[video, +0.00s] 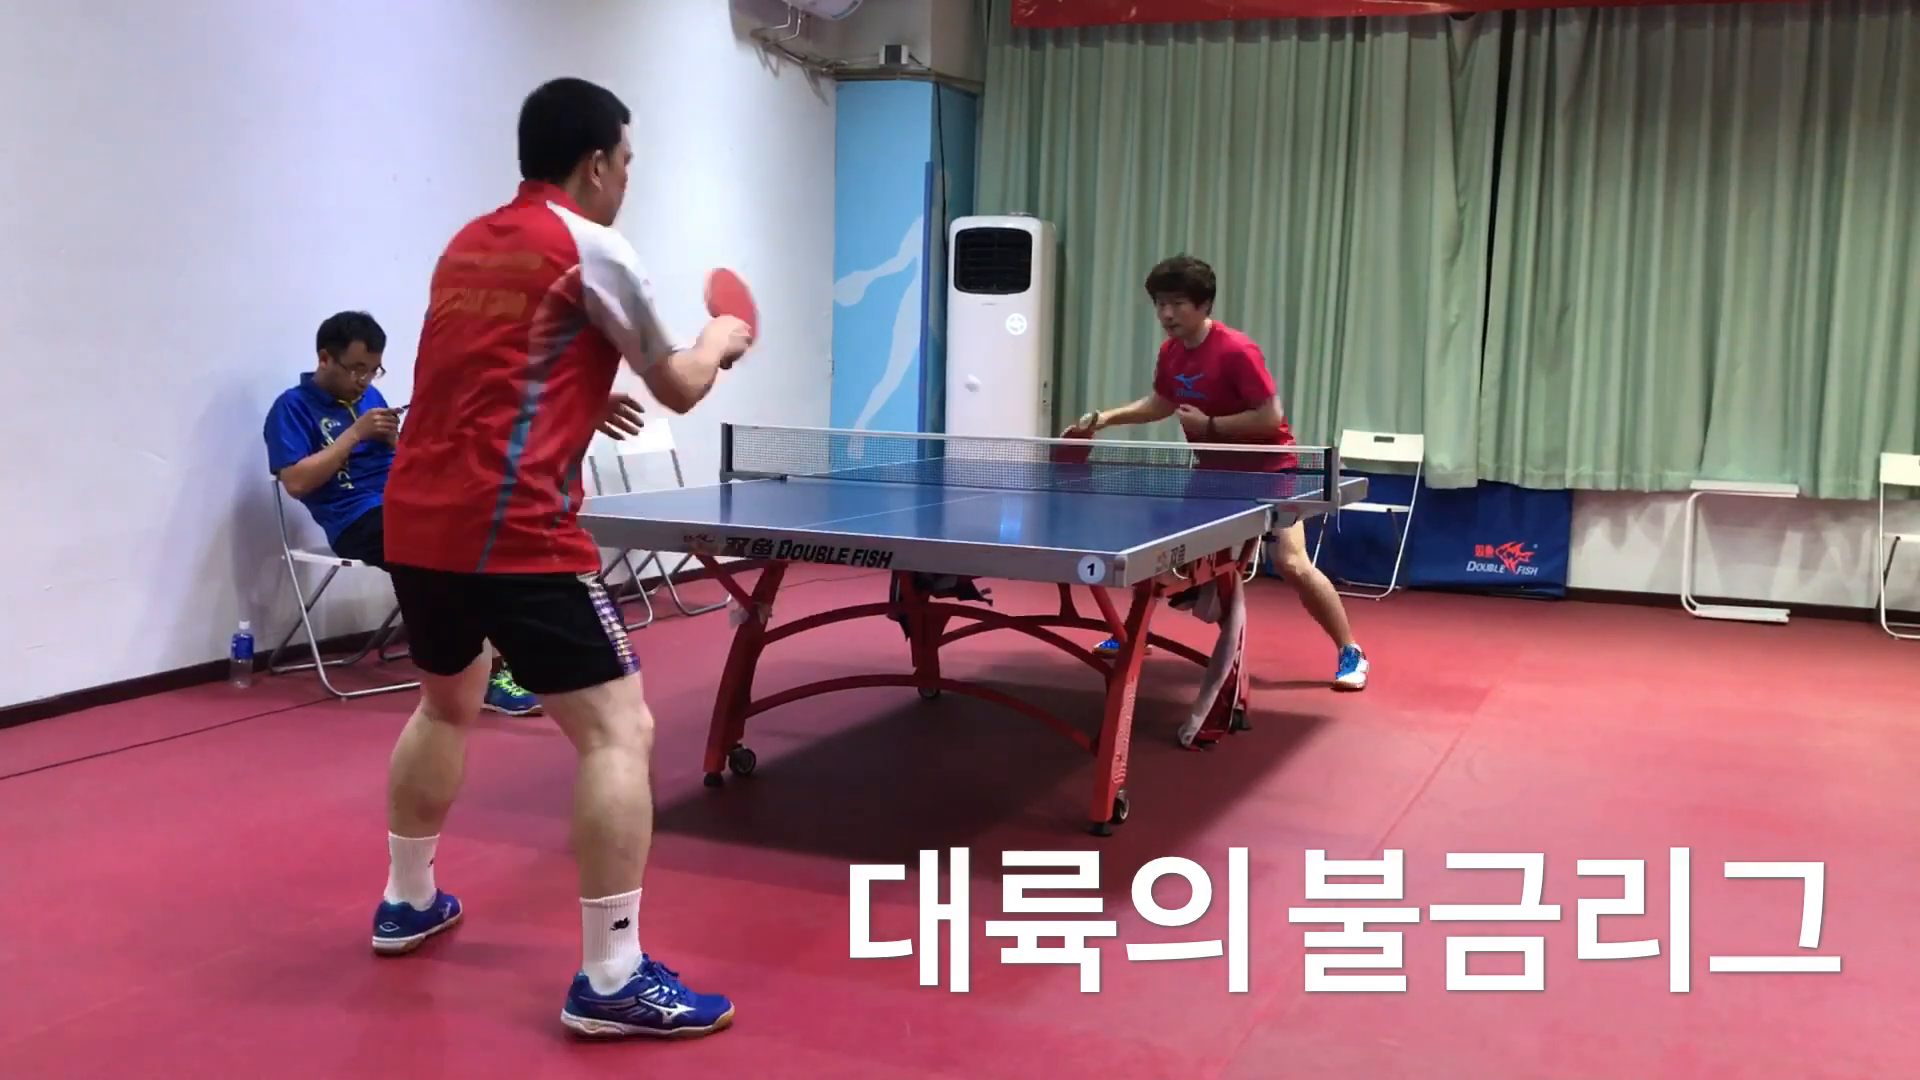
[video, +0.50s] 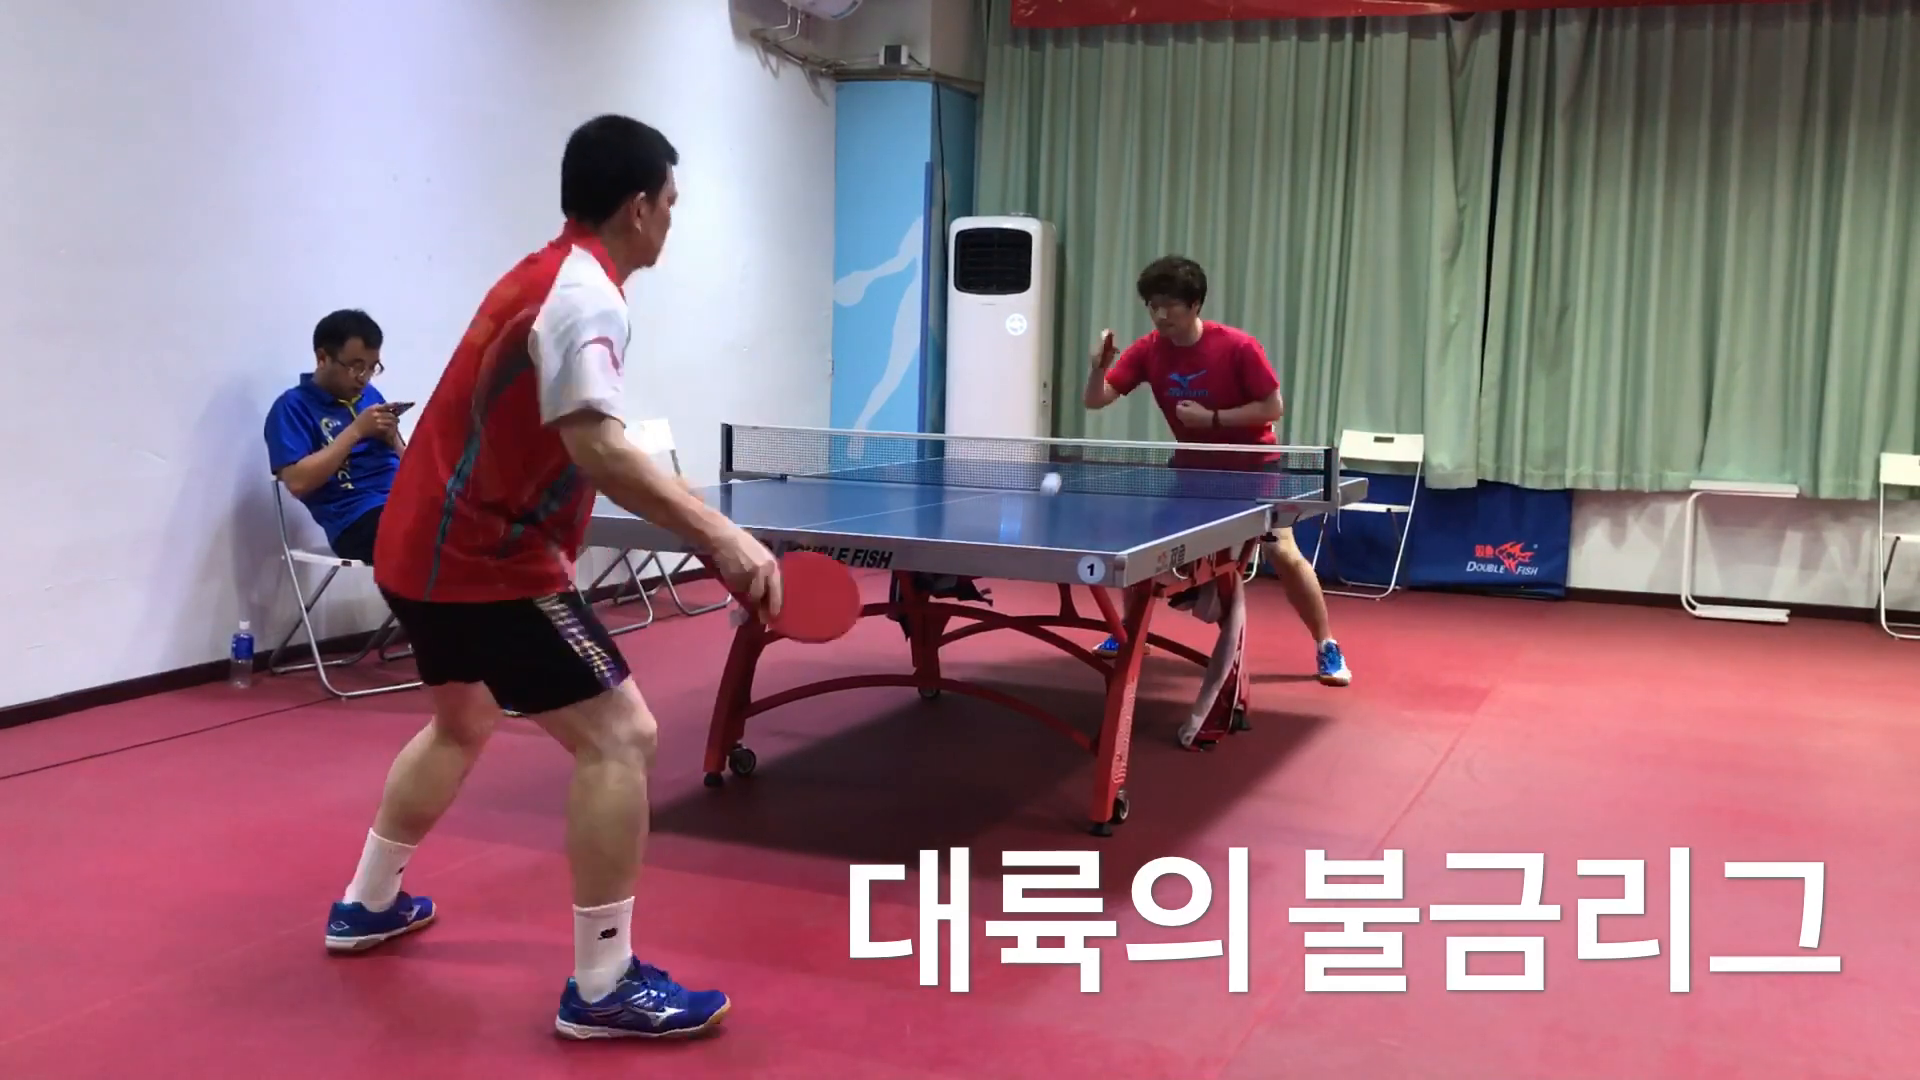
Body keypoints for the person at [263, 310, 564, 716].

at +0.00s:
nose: (365, 381)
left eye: (372, 371)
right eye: (357, 370)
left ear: (377, 367)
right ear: (325, 360)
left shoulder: (368, 396)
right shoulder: (291, 408)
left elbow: (396, 460)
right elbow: (296, 482)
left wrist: (394, 436)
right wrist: (356, 433)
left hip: (405, 504)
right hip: (360, 522)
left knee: (490, 542)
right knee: (462, 558)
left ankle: (492, 666)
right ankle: (485, 676)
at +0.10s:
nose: (363, 380)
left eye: (370, 371)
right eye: (355, 369)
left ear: (377, 366)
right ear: (323, 359)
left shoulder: (369, 397)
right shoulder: (292, 408)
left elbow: (407, 462)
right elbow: (296, 482)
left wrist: (394, 440)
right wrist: (355, 434)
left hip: (407, 505)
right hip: (359, 522)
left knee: (481, 540)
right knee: (451, 557)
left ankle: (500, 663)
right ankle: (483, 674)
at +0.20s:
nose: (363, 380)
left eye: (370, 370)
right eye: (355, 369)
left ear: (377, 366)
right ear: (323, 360)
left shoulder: (369, 396)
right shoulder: (291, 409)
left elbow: (407, 466)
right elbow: (296, 483)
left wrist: (393, 439)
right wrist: (354, 434)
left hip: (406, 504)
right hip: (359, 522)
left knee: (478, 541)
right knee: (451, 556)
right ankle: (484, 672)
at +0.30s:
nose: (363, 379)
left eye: (370, 370)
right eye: (354, 368)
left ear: (376, 365)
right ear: (323, 360)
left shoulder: (368, 396)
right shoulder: (291, 409)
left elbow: (404, 463)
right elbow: (296, 482)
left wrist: (393, 438)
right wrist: (355, 433)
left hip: (407, 504)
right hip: (359, 521)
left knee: (482, 541)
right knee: (452, 557)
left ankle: (498, 663)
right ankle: (484, 673)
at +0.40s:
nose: (363, 378)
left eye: (370, 368)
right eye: (354, 367)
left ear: (376, 364)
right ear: (323, 359)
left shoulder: (369, 397)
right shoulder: (291, 409)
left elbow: (406, 463)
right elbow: (297, 482)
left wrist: (393, 436)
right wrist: (355, 432)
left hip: (406, 506)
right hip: (358, 523)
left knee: (484, 548)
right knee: (452, 559)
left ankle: (514, 677)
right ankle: (496, 684)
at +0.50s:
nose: (364, 377)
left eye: (372, 367)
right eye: (355, 366)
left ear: (377, 362)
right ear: (322, 359)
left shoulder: (369, 396)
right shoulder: (290, 409)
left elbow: (410, 465)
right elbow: (298, 482)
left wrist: (394, 438)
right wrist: (356, 430)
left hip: (407, 504)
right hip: (358, 524)